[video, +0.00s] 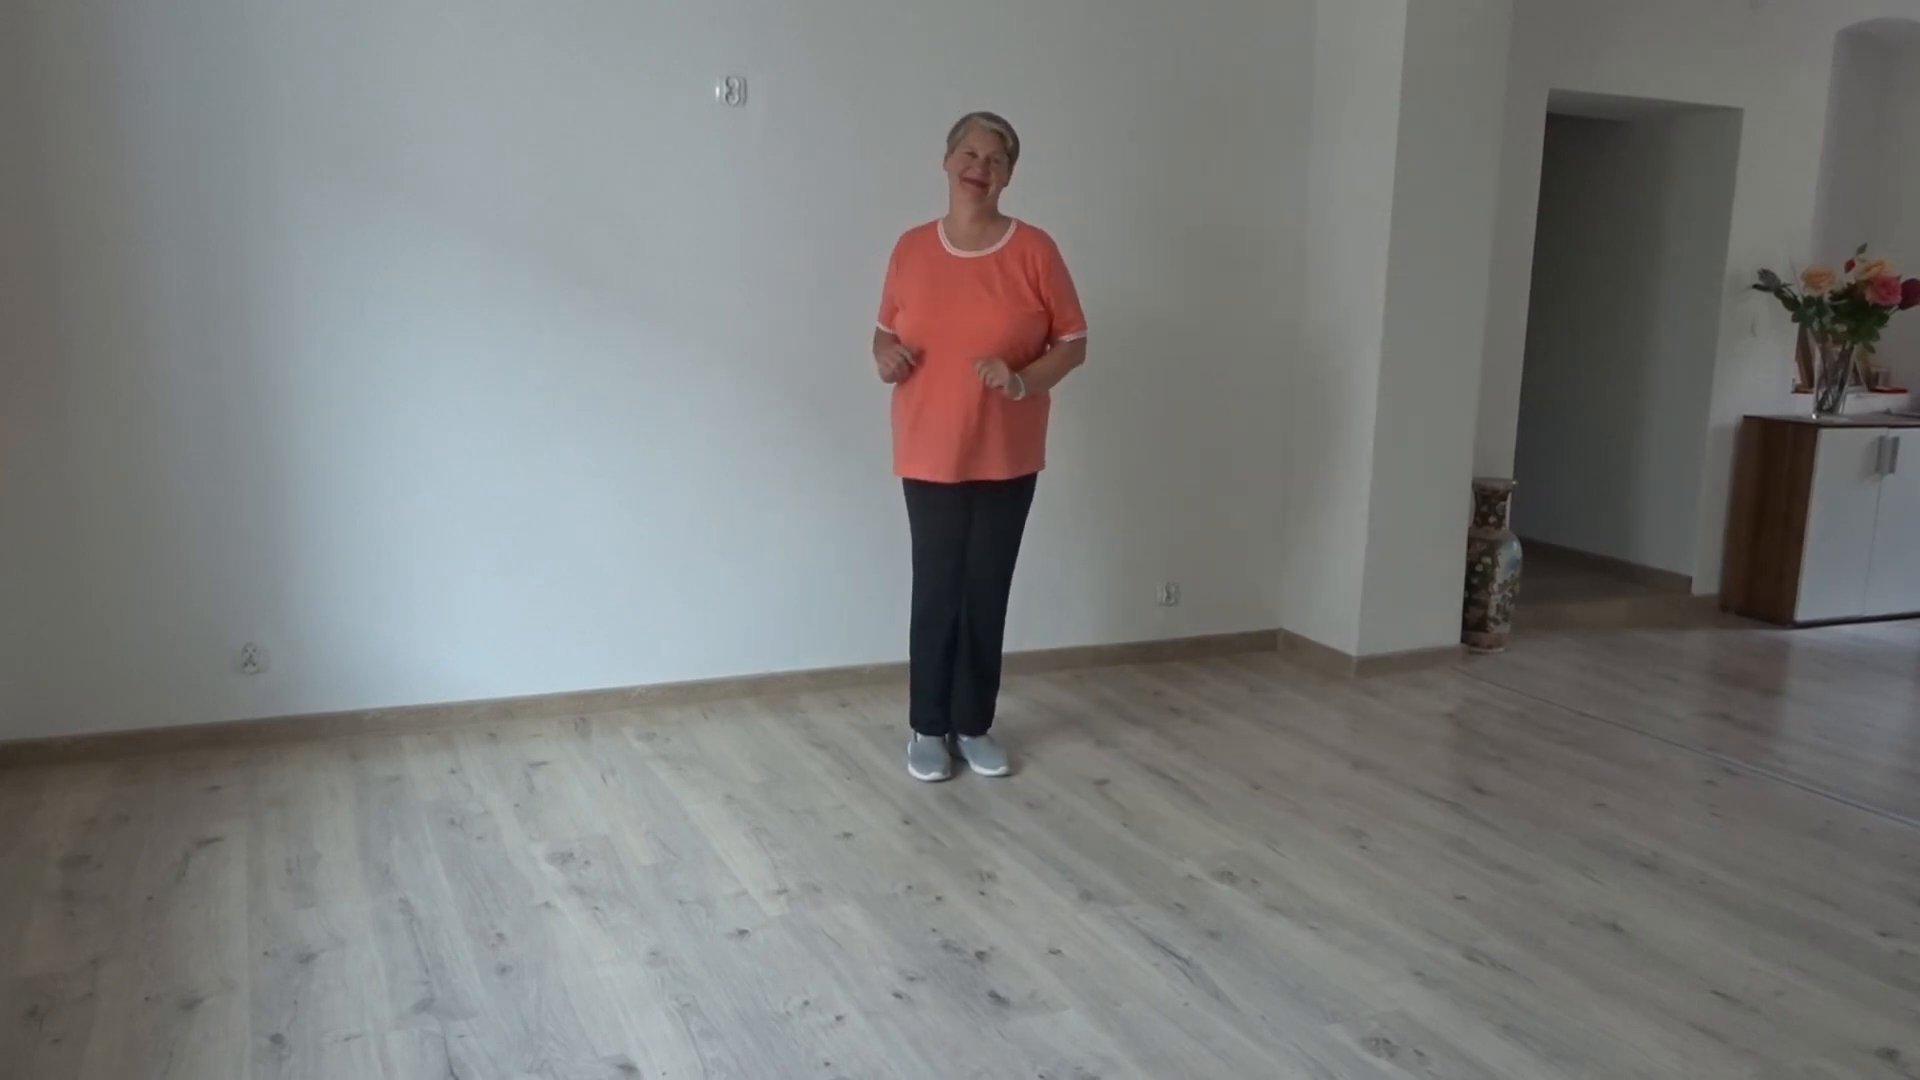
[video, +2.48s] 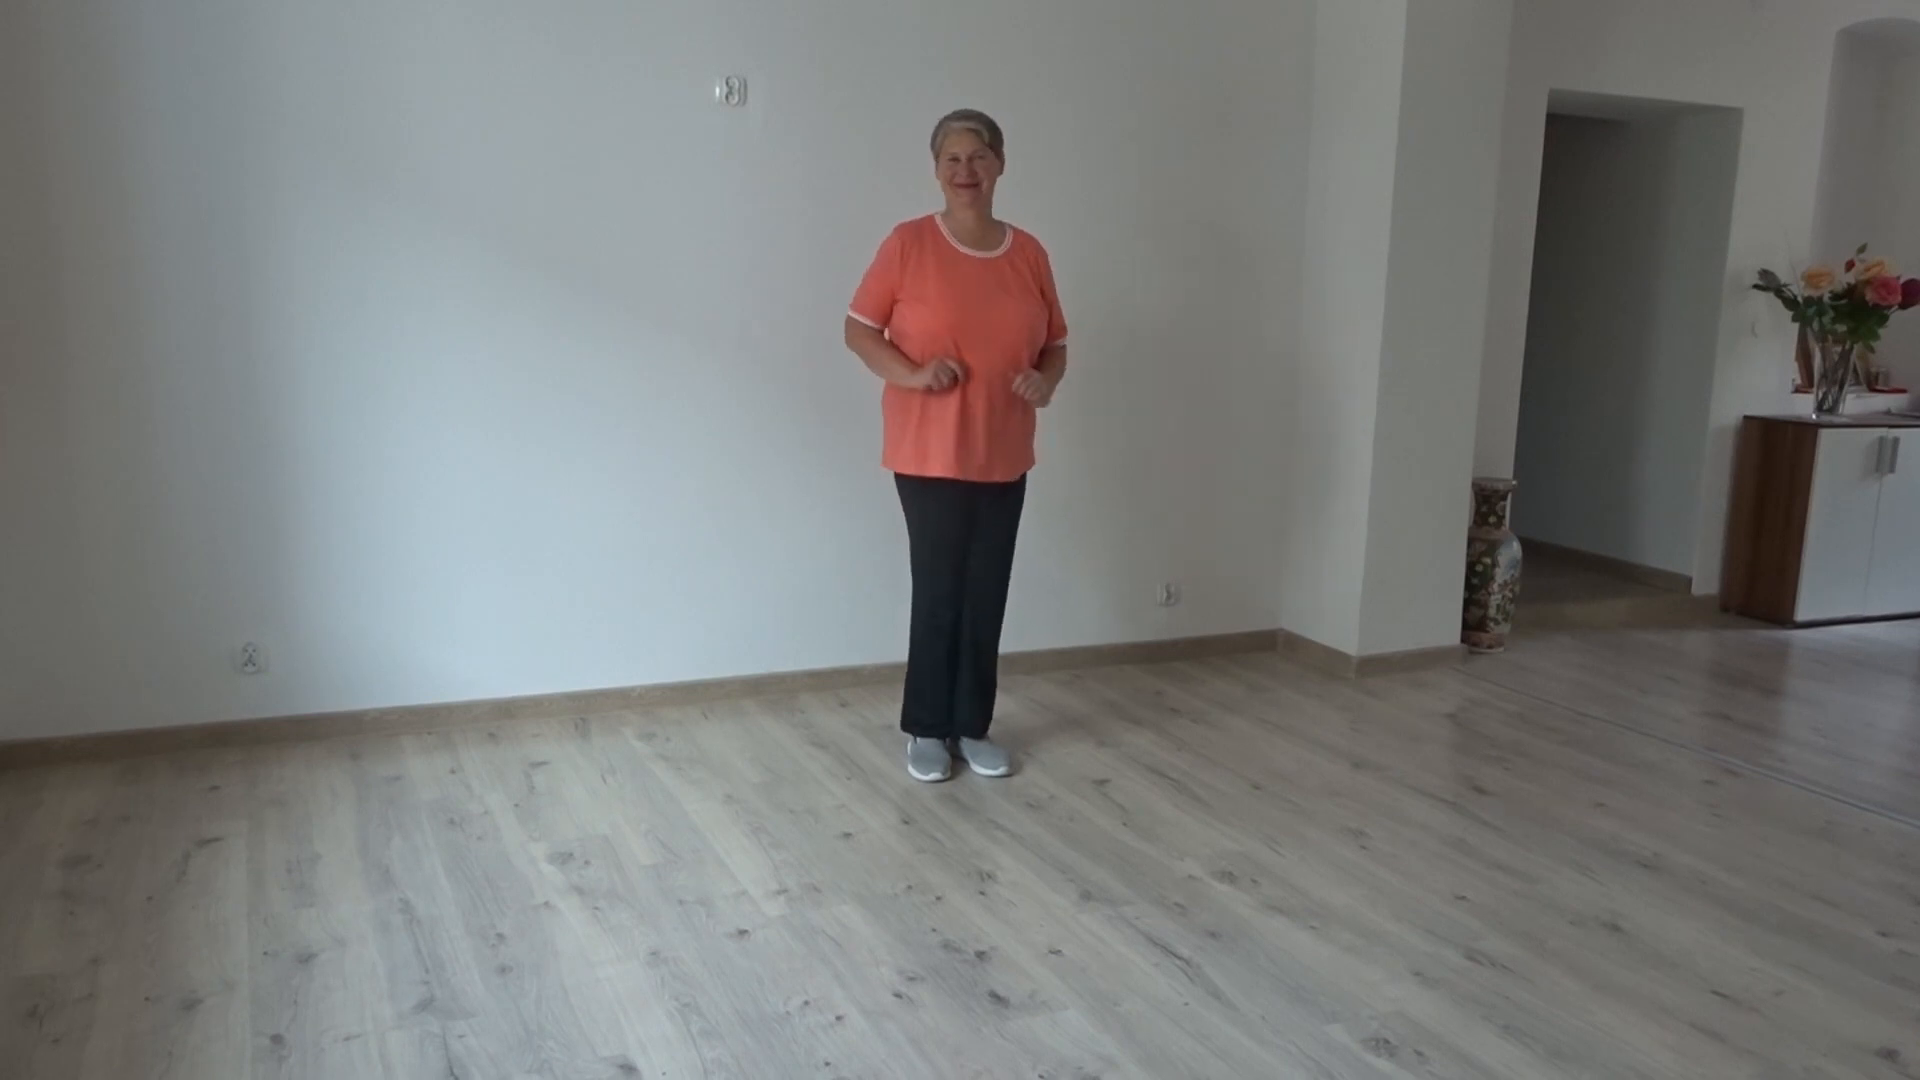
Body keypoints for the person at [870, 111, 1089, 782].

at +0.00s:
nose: (980, 164)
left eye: (995, 158)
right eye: (968, 153)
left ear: (1009, 174)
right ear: (946, 163)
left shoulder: (1035, 249)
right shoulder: (914, 247)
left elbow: (1074, 342)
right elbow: (886, 334)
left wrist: (1026, 378)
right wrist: (888, 353)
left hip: (1007, 457)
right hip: (930, 457)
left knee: (987, 596)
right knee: (936, 593)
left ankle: (974, 728)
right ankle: (928, 731)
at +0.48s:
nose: (988, 166)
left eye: (1000, 155)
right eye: (975, 157)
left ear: (1019, 167)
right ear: (956, 171)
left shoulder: (1046, 255)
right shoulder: (924, 243)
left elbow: (1071, 343)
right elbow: (876, 325)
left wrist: (1056, 378)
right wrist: (915, 365)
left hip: (1012, 460)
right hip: (937, 457)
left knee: (991, 599)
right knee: (942, 595)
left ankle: (974, 728)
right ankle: (926, 730)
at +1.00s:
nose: (998, 169)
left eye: (1009, 159)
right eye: (984, 160)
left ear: (1026, 170)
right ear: (963, 172)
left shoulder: (1042, 256)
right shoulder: (938, 241)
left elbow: (1052, 341)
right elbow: (885, 325)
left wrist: (1059, 378)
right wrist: (953, 368)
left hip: (1013, 458)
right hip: (943, 454)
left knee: (992, 596)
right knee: (946, 592)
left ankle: (973, 728)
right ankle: (926, 731)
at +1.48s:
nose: (984, 161)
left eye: (995, 153)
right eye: (971, 151)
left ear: (1007, 170)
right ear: (944, 164)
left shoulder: (1036, 247)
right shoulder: (912, 246)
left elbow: (1072, 336)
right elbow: (872, 333)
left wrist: (1050, 381)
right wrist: (905, 375)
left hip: (1008, 456)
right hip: (934, 453)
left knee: (990, 596)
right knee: (941, 592)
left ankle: (974, 728)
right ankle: (927, 730)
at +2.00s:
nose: (955, 165)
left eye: (969, 157)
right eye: (943, 154)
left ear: (986, 172)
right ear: (922, 165)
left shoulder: (1015, 242)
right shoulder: (896, 253)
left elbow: (1061, 333)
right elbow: (873, 339)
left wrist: (1010, 378)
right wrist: (882, 371)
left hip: (1004, 458)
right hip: (928, 458)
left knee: (985, 598)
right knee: (937, 595)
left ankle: (973, 730)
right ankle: (928, 731)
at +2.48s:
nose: (968, 167)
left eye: (979, 155)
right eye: (954, 157)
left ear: (999, 166)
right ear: (936, 169)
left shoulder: (1027, 252)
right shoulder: (907, 245)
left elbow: (1055, 341)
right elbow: (859, 330)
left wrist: (1044, 377)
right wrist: (911, 374)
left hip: (1003, 460)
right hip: (931, 459)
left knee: (985, 600)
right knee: (938, 599)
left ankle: (972, 730)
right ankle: (927, 732)